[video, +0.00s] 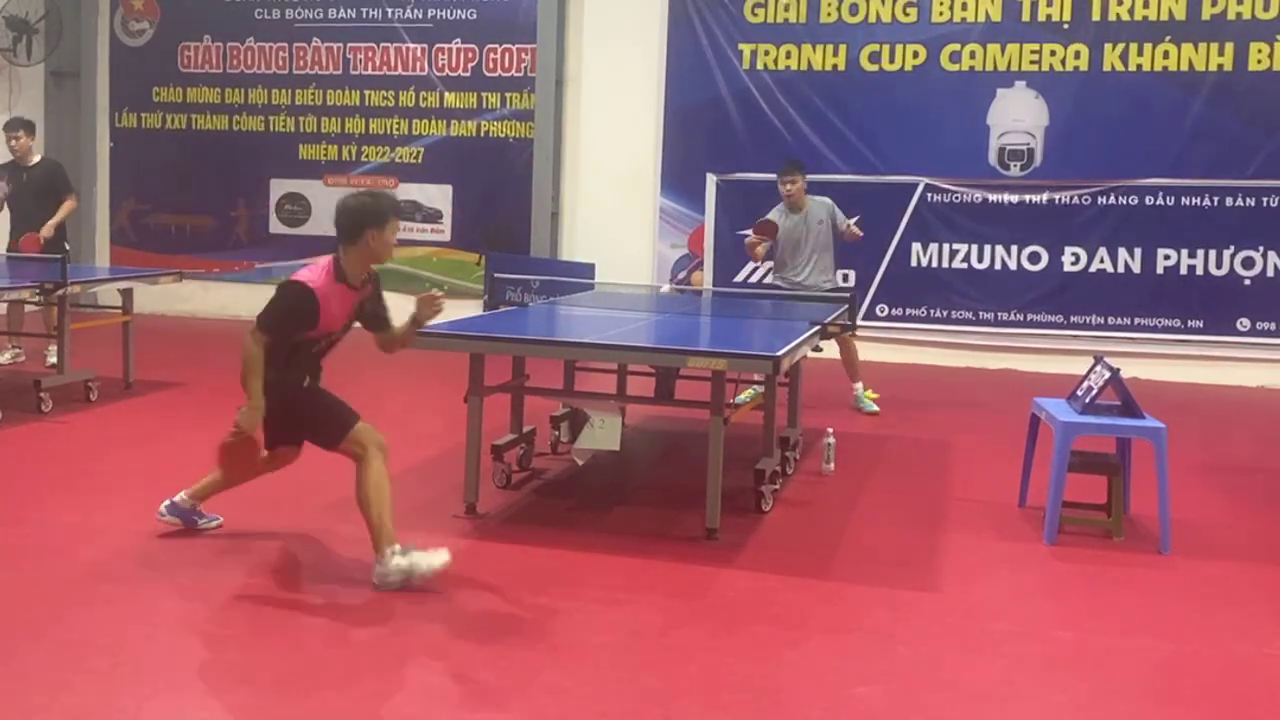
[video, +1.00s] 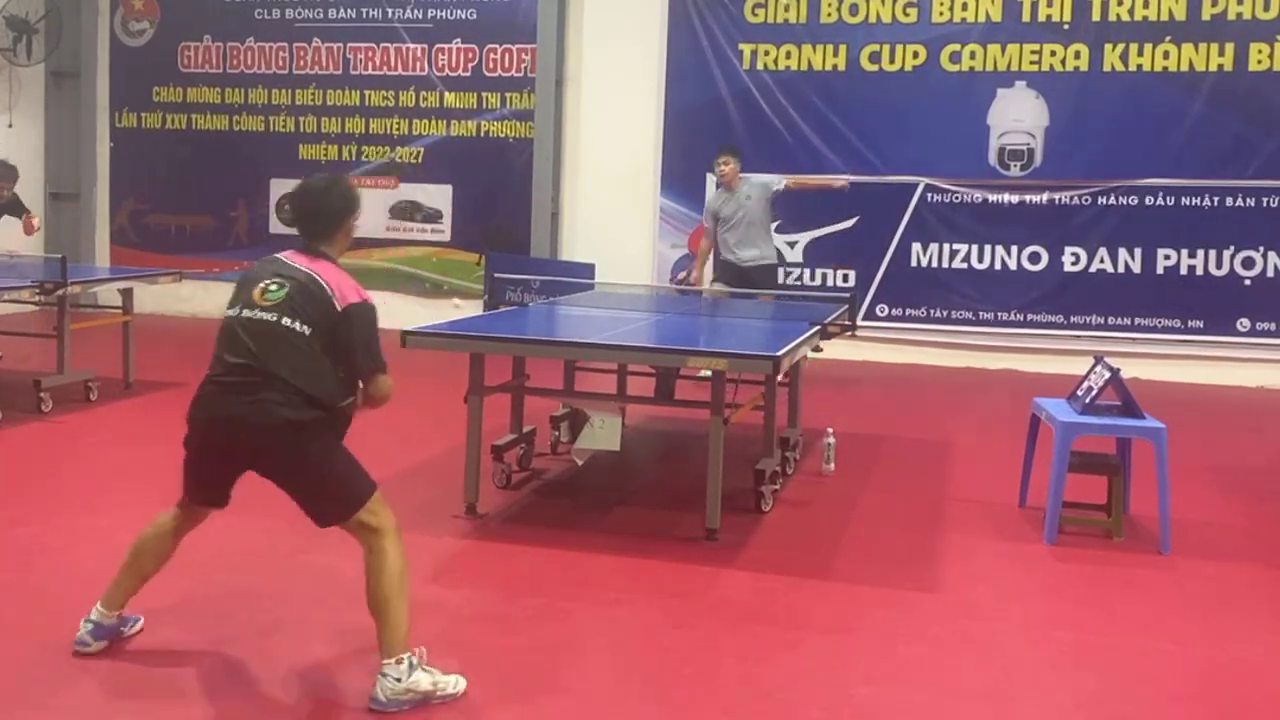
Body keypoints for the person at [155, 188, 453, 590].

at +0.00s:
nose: (397, 240)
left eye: (396, 231)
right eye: (392, 231)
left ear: (365, 236)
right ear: (367, 236)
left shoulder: (365, 281)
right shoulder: (306, 288)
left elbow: (388, 342)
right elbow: (254, 340)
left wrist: (416, 321)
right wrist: (254, 406)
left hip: (296, 382)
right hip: (281, 386)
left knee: (282, 453)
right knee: (370, 447)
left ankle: (184, 502)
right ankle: (388, 557)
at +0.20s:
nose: (430, 240)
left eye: (430, 230)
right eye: (425, 229)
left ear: (396, 235)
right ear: (397, 234)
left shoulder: (395, 284)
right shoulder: (347, 287)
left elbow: (376, 345)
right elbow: (321, 352)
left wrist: (410, 363)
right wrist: (289, 369)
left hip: (323, 395)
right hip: (330, 402)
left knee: (305, 458)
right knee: (439, 457)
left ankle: (233, 519)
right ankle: (402, 563)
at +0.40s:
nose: (426, 205)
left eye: (424, 195)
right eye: (421, 196)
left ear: (367, 202)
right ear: (401, 203)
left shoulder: (326, 249)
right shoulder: (398, 232)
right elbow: (453, 187)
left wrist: (346, 209)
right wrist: (395, 152)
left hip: (291, 392)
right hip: (346, 403)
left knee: (334, 413)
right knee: (446, 461)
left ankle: (301, 503)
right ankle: (405, 561)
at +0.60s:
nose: (388, 201)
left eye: (386, 192)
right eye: (386, 194)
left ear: (333, 200)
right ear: (374, 201)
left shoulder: (284, 261)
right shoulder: (387, 253)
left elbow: (252, 336)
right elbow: (466, 281)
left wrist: (300, 309)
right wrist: (461, 227)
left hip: (299, 411)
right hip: (368, 413)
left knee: (286, 487)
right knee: (459, 497)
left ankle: (223, 586)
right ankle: (462, 609)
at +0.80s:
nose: (413, 205)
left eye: (410, 196)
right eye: (413, 197)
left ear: (356, 196)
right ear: (405, 204)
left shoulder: (308, 243)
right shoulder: (399, 269)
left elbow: (286, 311)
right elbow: (433, 361)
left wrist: (360, 331)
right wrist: (471, 355)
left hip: (249, 387)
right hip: (315, 397)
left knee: (255, 479)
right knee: (406, 499)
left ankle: (162, 581)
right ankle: (423, 636)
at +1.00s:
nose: (358, 227)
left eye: (357, 218)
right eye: (356, 219)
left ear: (298, 221)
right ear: (346, 227)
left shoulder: (260, 270)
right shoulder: (347, 294)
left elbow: (253, 347)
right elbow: (379, 390)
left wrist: (334, 380)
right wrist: (348, 392)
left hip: (215, 417)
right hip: (291, 428)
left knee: (185, 513)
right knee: (380, 529)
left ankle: (100, 619)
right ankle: (397, 669)